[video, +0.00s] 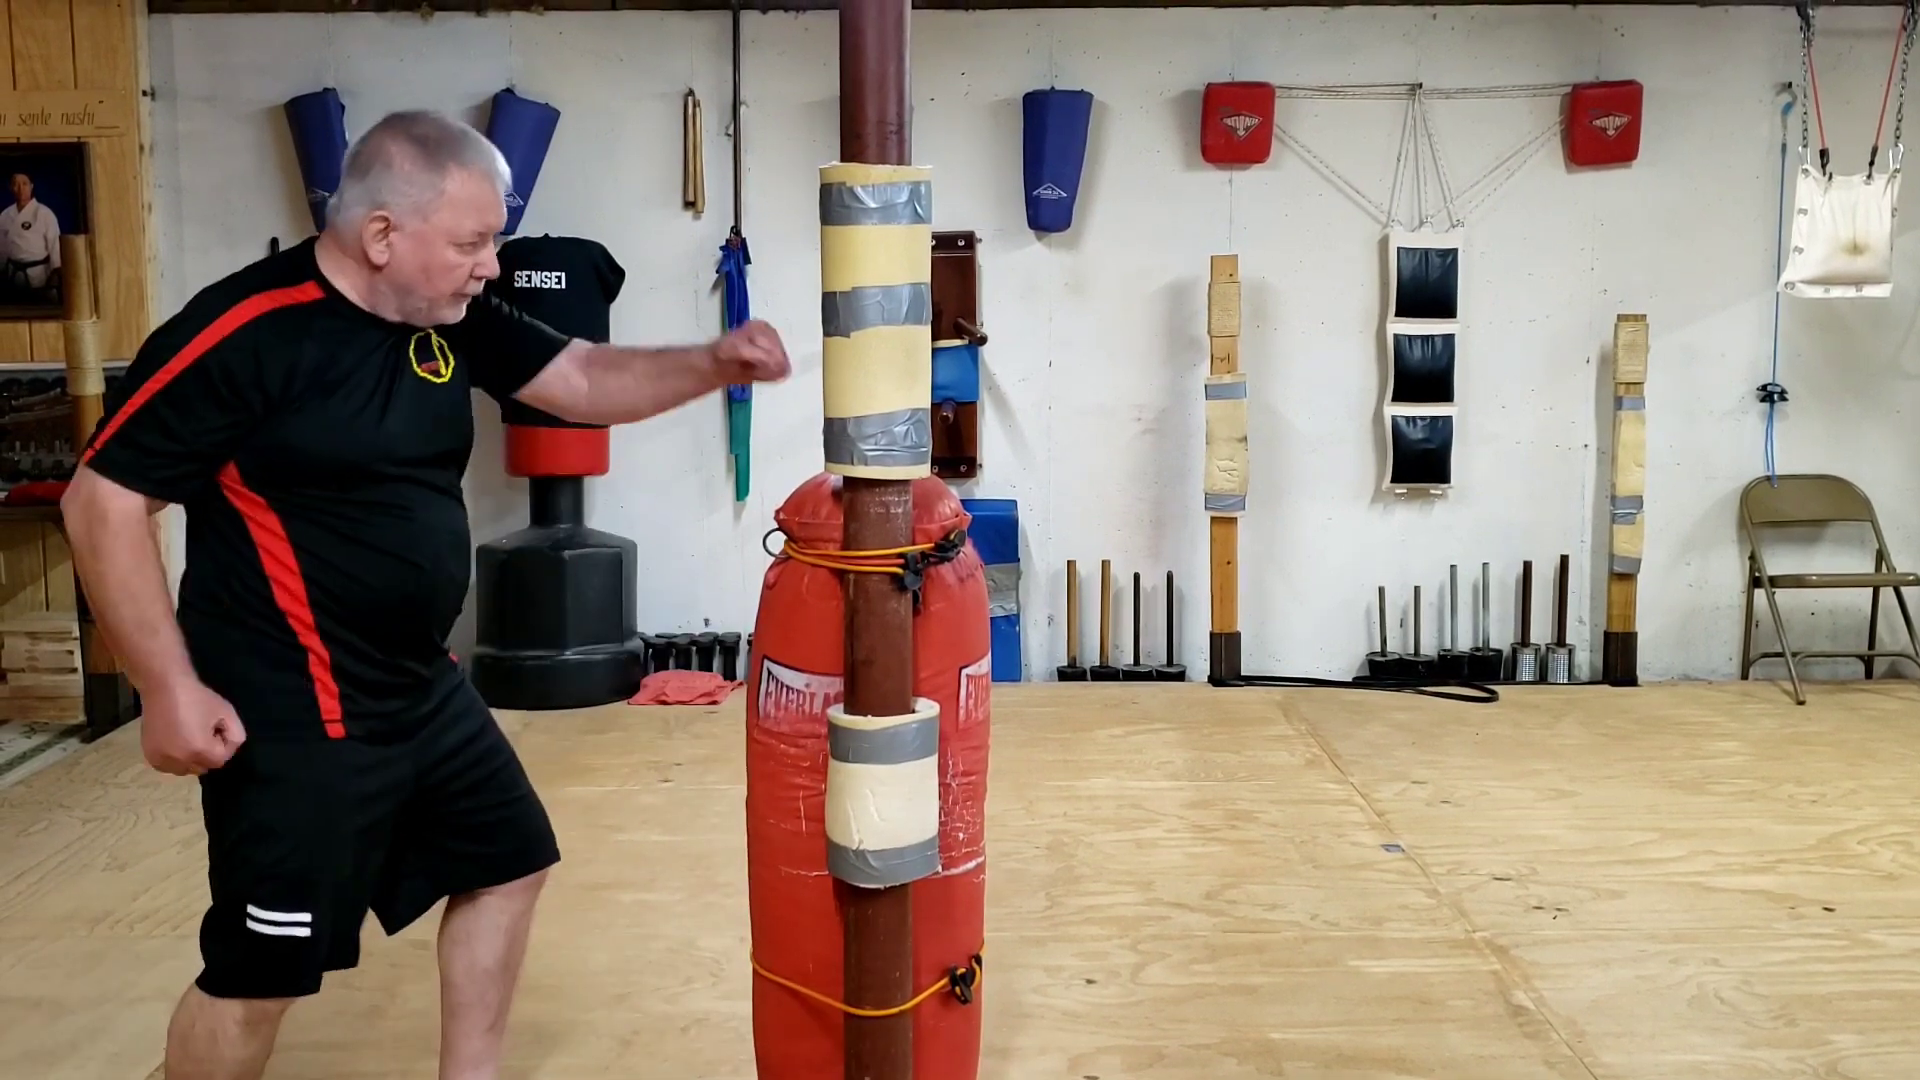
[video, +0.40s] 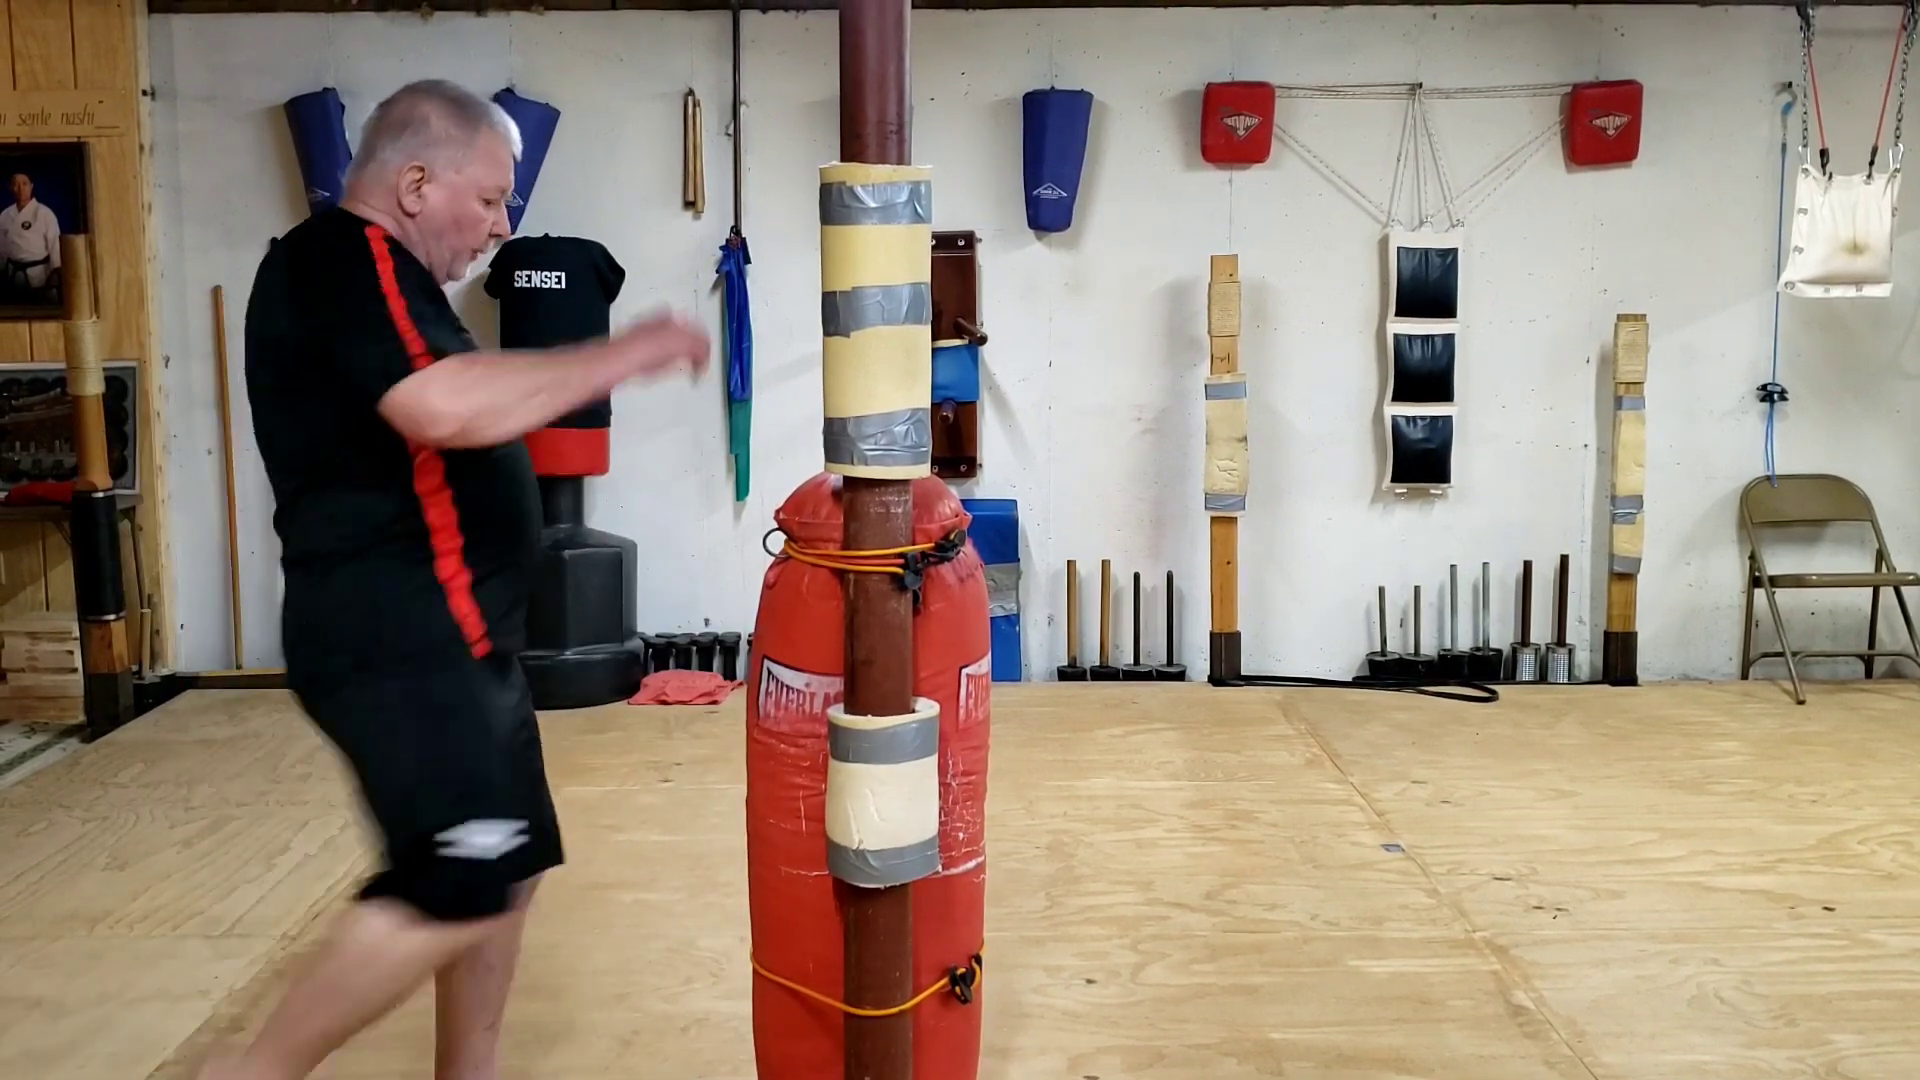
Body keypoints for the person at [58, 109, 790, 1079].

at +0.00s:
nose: (491, 267)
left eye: (493, 244)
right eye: (472, 245)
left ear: (394, 238)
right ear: (382, 238)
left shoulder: (442, 318)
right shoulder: (244, 324)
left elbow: (578, 377)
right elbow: (100, 498)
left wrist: (714, 366)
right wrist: (166, 683)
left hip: (416, 686)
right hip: (285, 711)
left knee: (508, 862)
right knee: (256, 970)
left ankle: (469, 1075)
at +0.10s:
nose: (498, 266)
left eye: (502, 242)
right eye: (481, 241)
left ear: (404, 234)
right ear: (395, 230)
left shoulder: (445, 332)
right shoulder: (264, 315)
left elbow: (530, 437)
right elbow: (136, 491)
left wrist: (631, 432)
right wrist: (290, 637)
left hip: (418, 676)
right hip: (281, 693)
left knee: (503, 855)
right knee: (264, 947)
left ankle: (469, 1075)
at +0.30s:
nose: (508, 245)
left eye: (511, 222)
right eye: (493, 219)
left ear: (420, 213)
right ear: (414, 211)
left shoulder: (406, 296)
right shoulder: (329, 282)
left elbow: (496, 401)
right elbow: (497, 400)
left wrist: (626, 322)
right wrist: (656, 302)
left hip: (447, 662)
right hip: (329, 676)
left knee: (515, 869)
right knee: (277, 940)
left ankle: (468, 1076)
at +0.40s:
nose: (500, 229)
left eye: (505, 206)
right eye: (492, 201)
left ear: (412, 188)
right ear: (414, 185)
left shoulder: (383, 271)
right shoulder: (338, 261)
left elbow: (455, 396)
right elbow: (436, 403)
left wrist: (608, 364)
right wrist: (615, 360)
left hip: (451, 622)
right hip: (386, 629)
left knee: (506, 855)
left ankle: (468, 1073)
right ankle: (253, 1069)